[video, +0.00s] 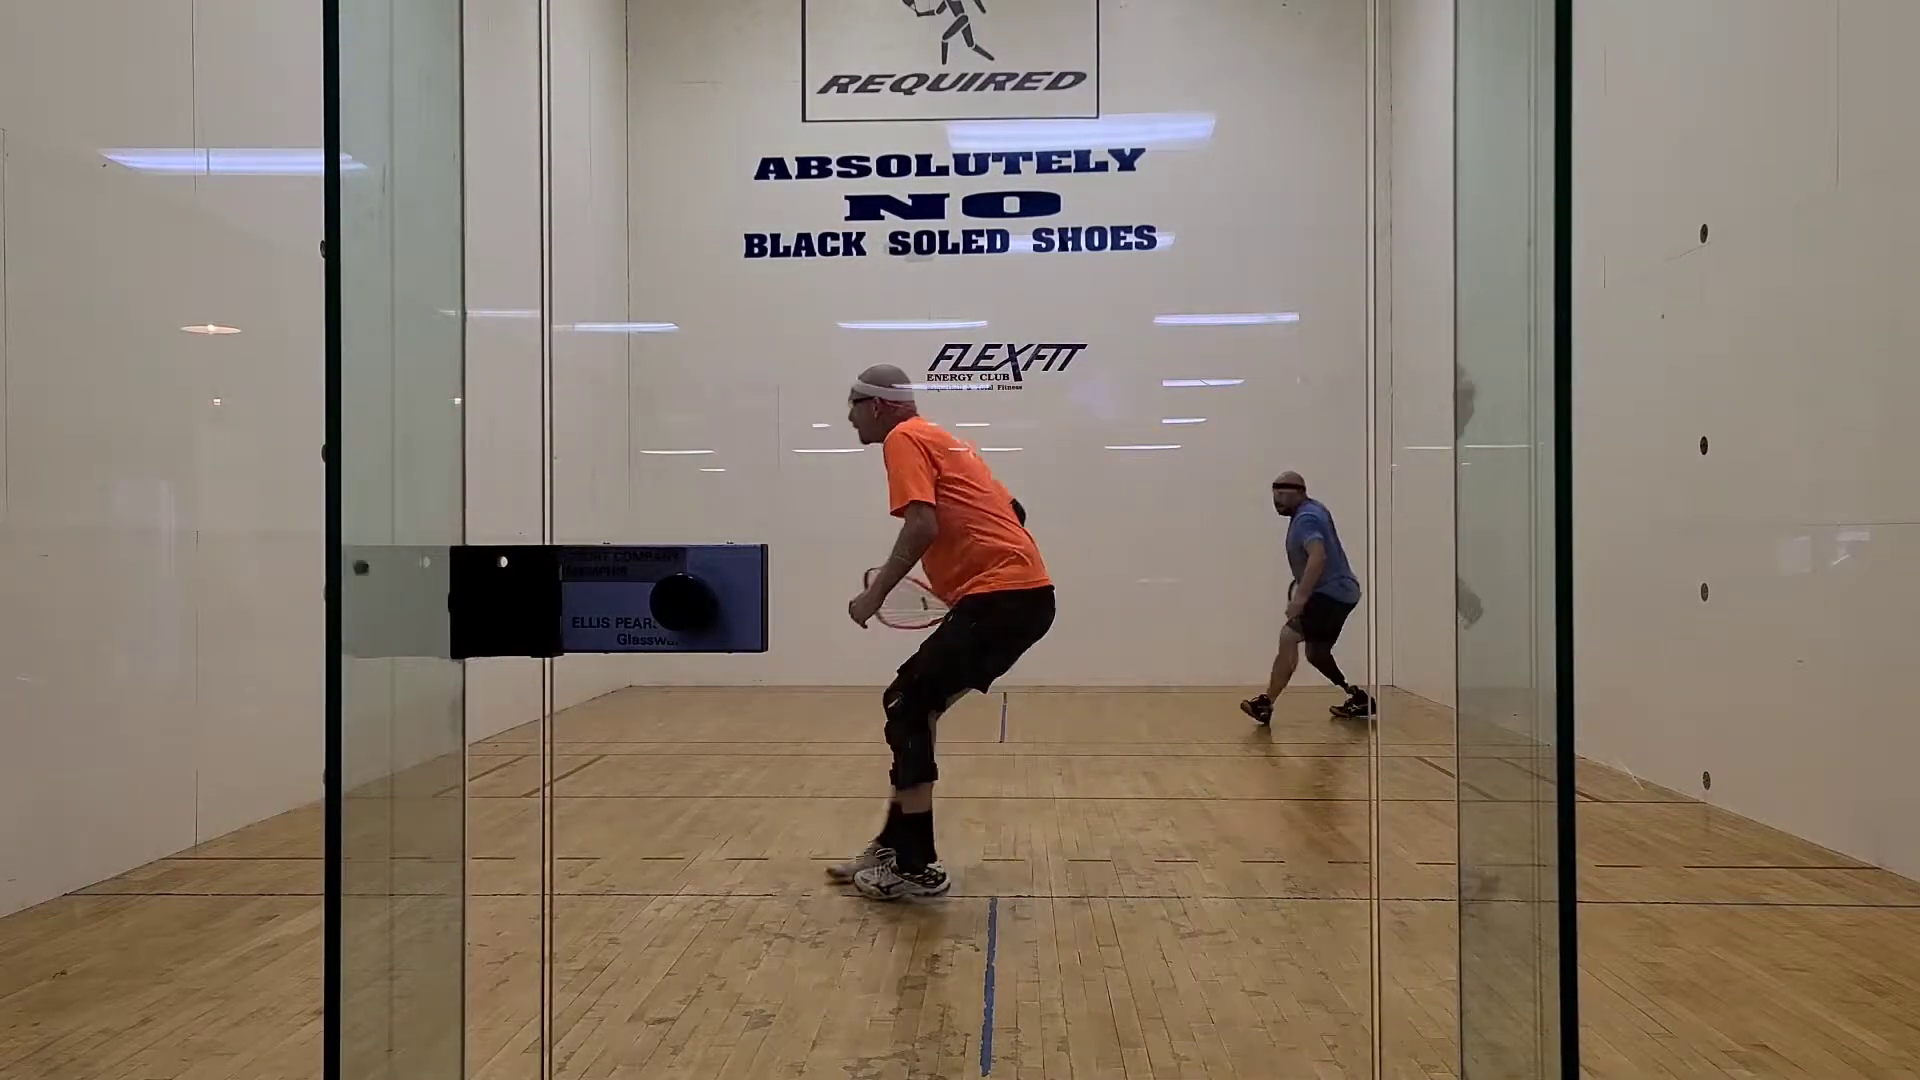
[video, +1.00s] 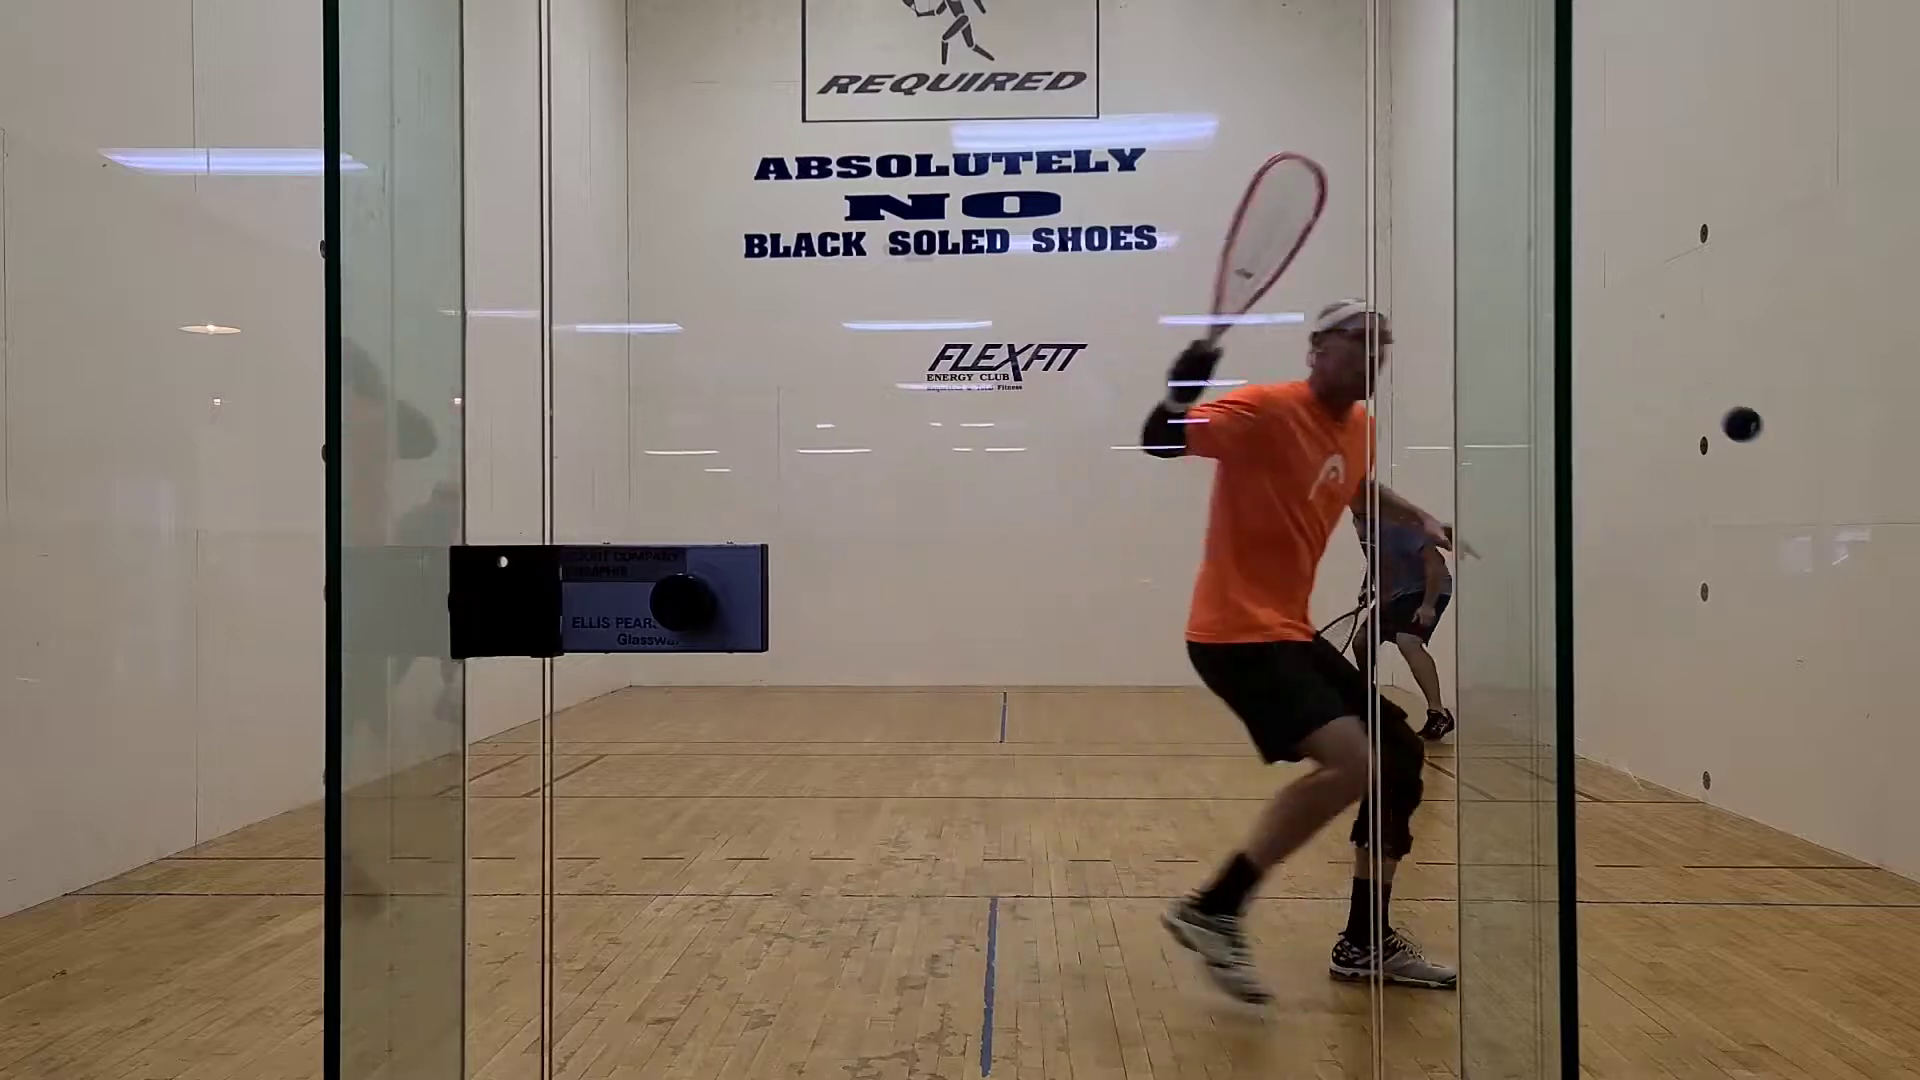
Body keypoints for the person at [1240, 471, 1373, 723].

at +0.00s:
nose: (1277, 499)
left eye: (1282, 493)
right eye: (1275, 494)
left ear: (1300, 493)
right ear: (1274, 494)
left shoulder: (1306, 518)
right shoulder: (1308, 512)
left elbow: (1317, 558)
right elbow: (1307, 558)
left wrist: (1299, 601)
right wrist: (1297, 586)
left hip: (1331, 593)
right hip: (1337, 592)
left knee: (1288, 636)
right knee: (1316, 654)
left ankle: (1266, 703)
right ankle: (1356, 697)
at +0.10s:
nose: (1297, 477)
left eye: (1303, 471)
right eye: (1294, 472)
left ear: (1318, 472)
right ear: (1293, 476)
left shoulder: (1328, 498)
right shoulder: (1316, 500)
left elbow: (1343, 538)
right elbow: (1329, 541)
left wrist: (1326, 577)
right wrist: (1321, 577)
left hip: (1344, 581)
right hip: (1337, 581)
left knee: (1314, 630)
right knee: (1334, 638)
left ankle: (1303, 700)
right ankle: (1359, 694)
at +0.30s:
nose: (1339, 471)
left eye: (1346, 467)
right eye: (1336, 466)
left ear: (1361, 472)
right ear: (1333, 471)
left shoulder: (1366, 499)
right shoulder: (1343, 503)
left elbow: (1383, 537)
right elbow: (1338, 548)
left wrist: (1373, 568)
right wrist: (1332, 582)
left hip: (1361, 582)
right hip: (1346, 583)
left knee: (1352, 643)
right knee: (1351, 646)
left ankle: (1402, 686)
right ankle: (1394, 687)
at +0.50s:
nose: (1360, 473)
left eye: (1366, 469)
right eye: (1356, 469)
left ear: (1378, 473)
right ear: (1351, 474)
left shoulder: (1387, 501)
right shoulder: (1359, 509)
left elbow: (1397, 539)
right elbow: (1351, 549)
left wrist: (1371, 564)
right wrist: (1327, 573)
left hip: (1393, 591)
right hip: (1368, 593)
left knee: (1393, 648)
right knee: (1361, 644)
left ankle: (1437, 705)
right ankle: (1395, 688)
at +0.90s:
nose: (1361, 503)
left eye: (1365, 498)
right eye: (1356, 498)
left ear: (1375, 495)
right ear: (1350, 498)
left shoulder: (1393, 518)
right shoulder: (1360, 519)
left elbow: (1415, 569)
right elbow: (1363, 551)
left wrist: (1389, 603)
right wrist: (1353, 577)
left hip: (1419, 586)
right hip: (1387, 588)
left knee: (1412, 645)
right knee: (1357, 649)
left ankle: (1438, 717)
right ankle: (1367, 703)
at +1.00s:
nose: (1359, 519)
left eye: (1363, 512)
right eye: (1356, 514)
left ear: (1376, 506)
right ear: (1354, 512)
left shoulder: (1399, 523)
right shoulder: (1364, 525)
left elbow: (1435, 561)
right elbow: (1379, 561)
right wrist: (1370, 589)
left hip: (1429, 589)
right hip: (1398, 592)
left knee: (1408, 640)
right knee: (1361, 643)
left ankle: (1438, 713)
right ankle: (1367, 701)